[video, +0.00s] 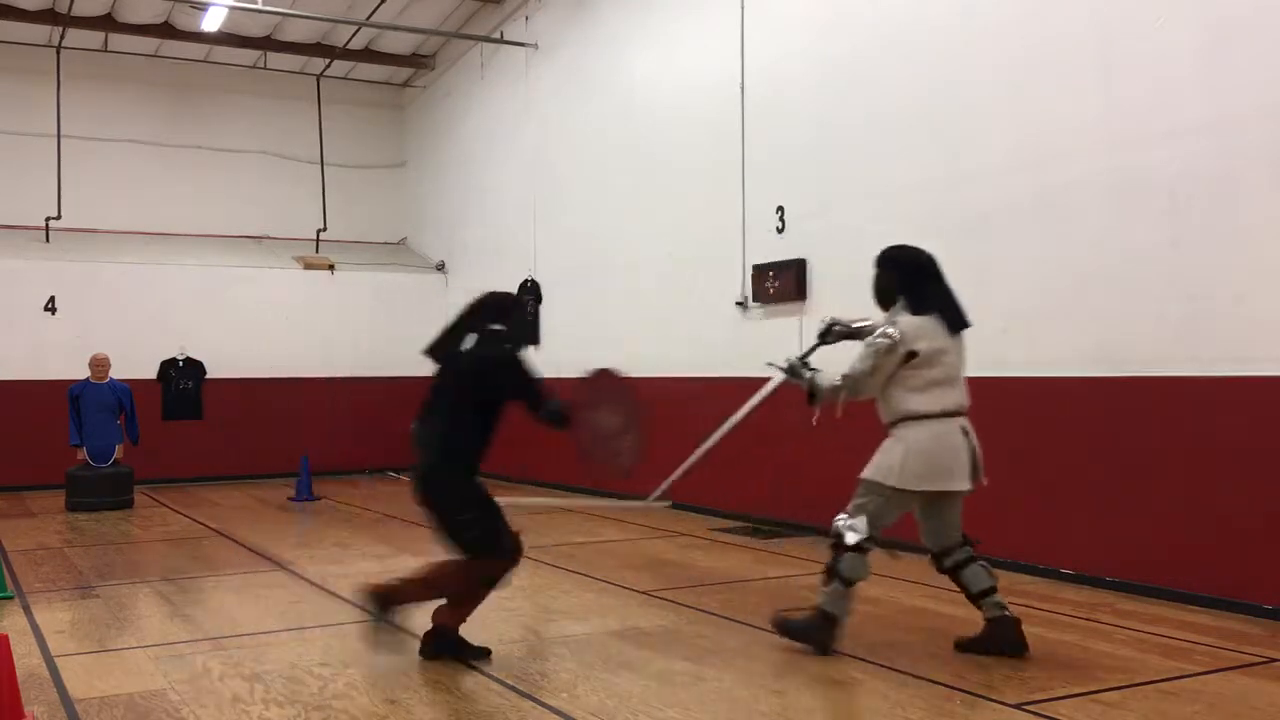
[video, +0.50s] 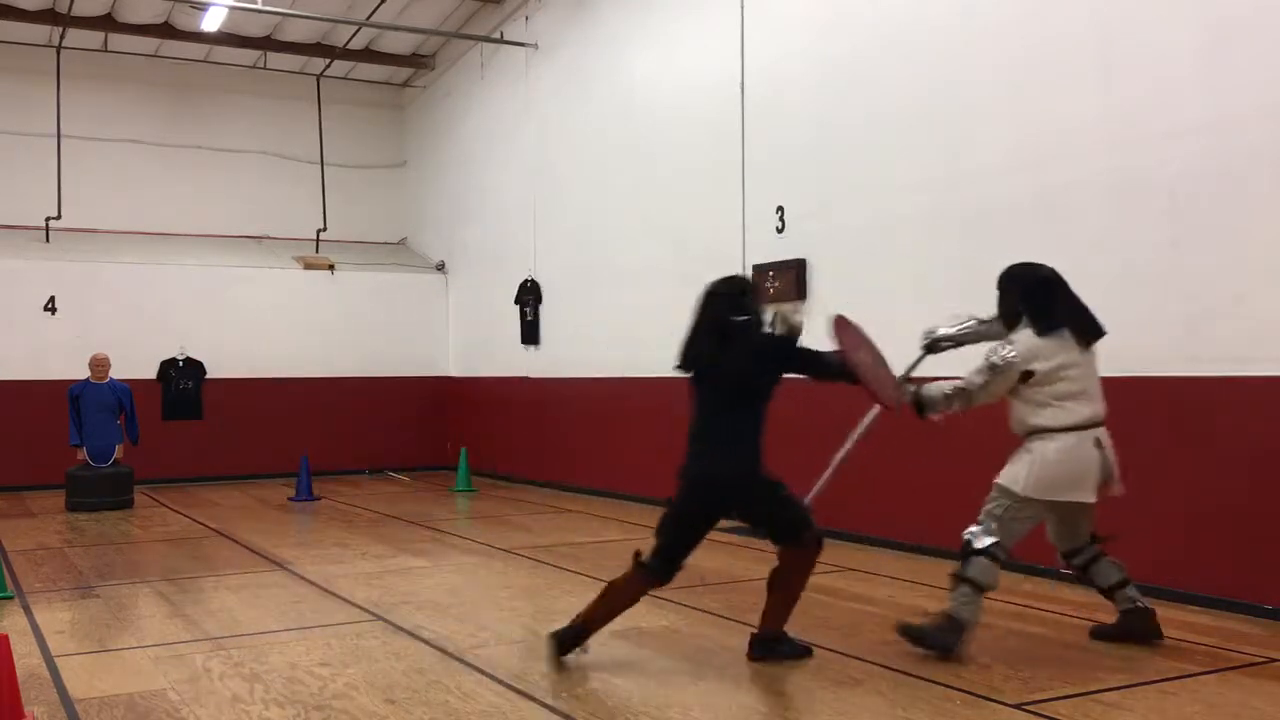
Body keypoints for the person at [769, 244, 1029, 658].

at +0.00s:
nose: (874, 285)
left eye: (879, 277)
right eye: (876, 276)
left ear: (895, 282)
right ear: (923, 280)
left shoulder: (897, 331)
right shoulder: (946, 324)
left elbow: (858, 382)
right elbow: (903, 334)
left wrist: (812, 381)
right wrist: (855, 329)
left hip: (913, 445)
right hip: (954, 441)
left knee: (854, 528)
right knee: (947, 545)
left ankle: (825, 622)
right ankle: (1002, 624)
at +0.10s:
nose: (892, 279)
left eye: (896, 271)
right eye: (894, 271)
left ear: (912, 275)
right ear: (941, 273)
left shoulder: (910, 323)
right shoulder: (966, 313)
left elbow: (871, 373)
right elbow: (922, 323)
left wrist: (827, 374)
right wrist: (875, 315)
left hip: (938, 433)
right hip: (982, 432)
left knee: (876, 514)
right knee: (941, 527)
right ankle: (993, 611)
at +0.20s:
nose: (912, 289)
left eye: (916, 281)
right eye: (912, 280)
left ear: (930, 283)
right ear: (962, 278)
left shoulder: (925, 330)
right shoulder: (987, 315)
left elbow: (877, 376)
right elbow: (932, 310)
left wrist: (835, 364)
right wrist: (886, 312)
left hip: (957, 440)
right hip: (1002, 436)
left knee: (903, 529)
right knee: (956, 522)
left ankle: (903, 630)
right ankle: (1009, 592)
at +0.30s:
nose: (943, 292)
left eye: (949, 284)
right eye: (945, 283)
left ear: (964, 289)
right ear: (993, 286)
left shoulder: (957, 336)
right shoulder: (1016, 326)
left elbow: (905, 376)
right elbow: (948, 316)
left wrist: (860, 377)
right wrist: (895, 319)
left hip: (978, 445)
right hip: (1022, 443)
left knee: (912, 527)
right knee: (993, 527)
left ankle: (905, 632)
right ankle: (1064, 582)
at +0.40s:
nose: (979, 297)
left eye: (984, 290)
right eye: (981, 288)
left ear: (1000, 295)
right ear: (1028, 291)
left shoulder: (998, 339)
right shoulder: (1050, 329)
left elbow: (947, 377)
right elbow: (973, 323)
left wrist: (894, 392)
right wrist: (920, 338)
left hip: (1011, 448)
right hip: (1052, 446)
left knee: (954, 531)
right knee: (1039, 542)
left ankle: (916, 628)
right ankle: (1119, 601)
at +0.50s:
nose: (999, 305)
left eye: (1004, 298)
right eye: (1000, 297)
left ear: (1020, 303)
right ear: (1052, 297)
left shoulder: (1019, 349)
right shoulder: (1075, 333)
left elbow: (971, 390)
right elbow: (1008, 323)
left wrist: (920, 397)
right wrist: (955, 336)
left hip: (1047, 455)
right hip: (1089, 450)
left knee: (987, 536)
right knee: (1076, 545)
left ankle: (954, 624)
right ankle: (1135, 611)